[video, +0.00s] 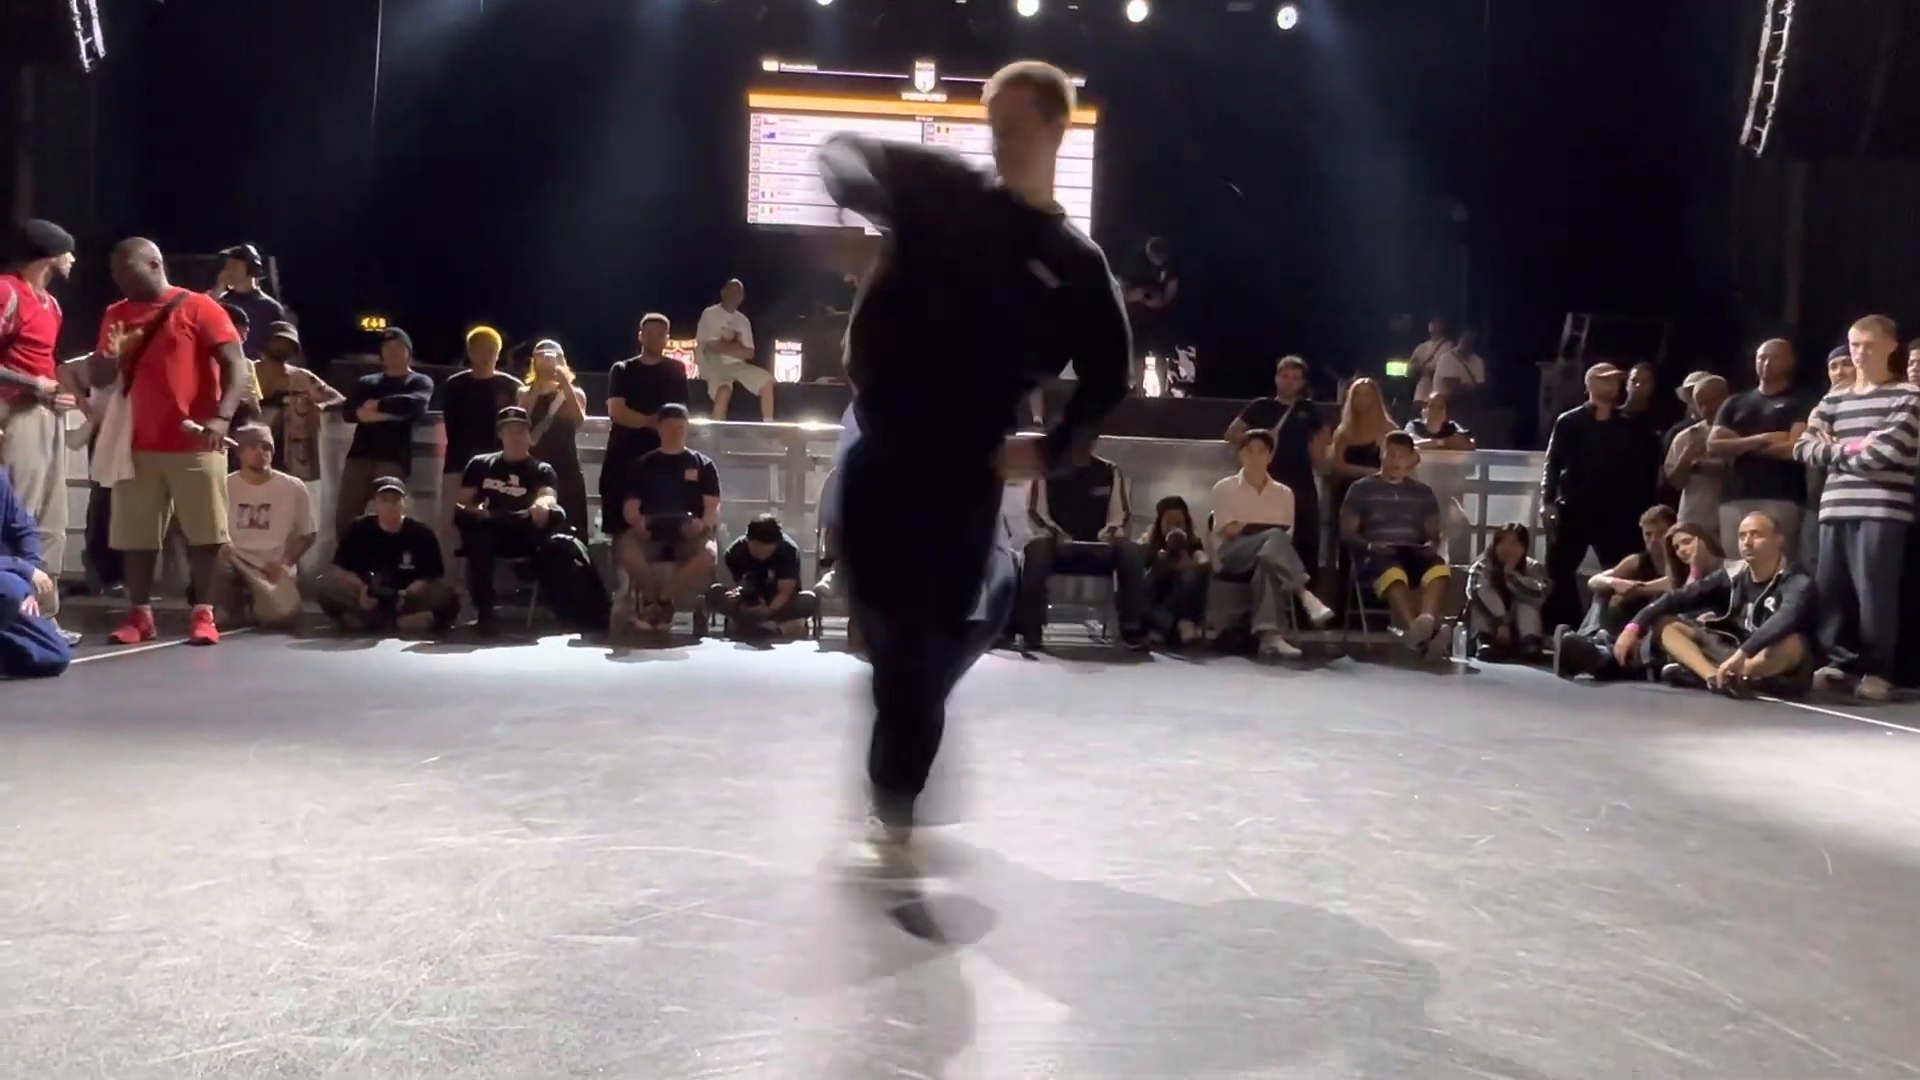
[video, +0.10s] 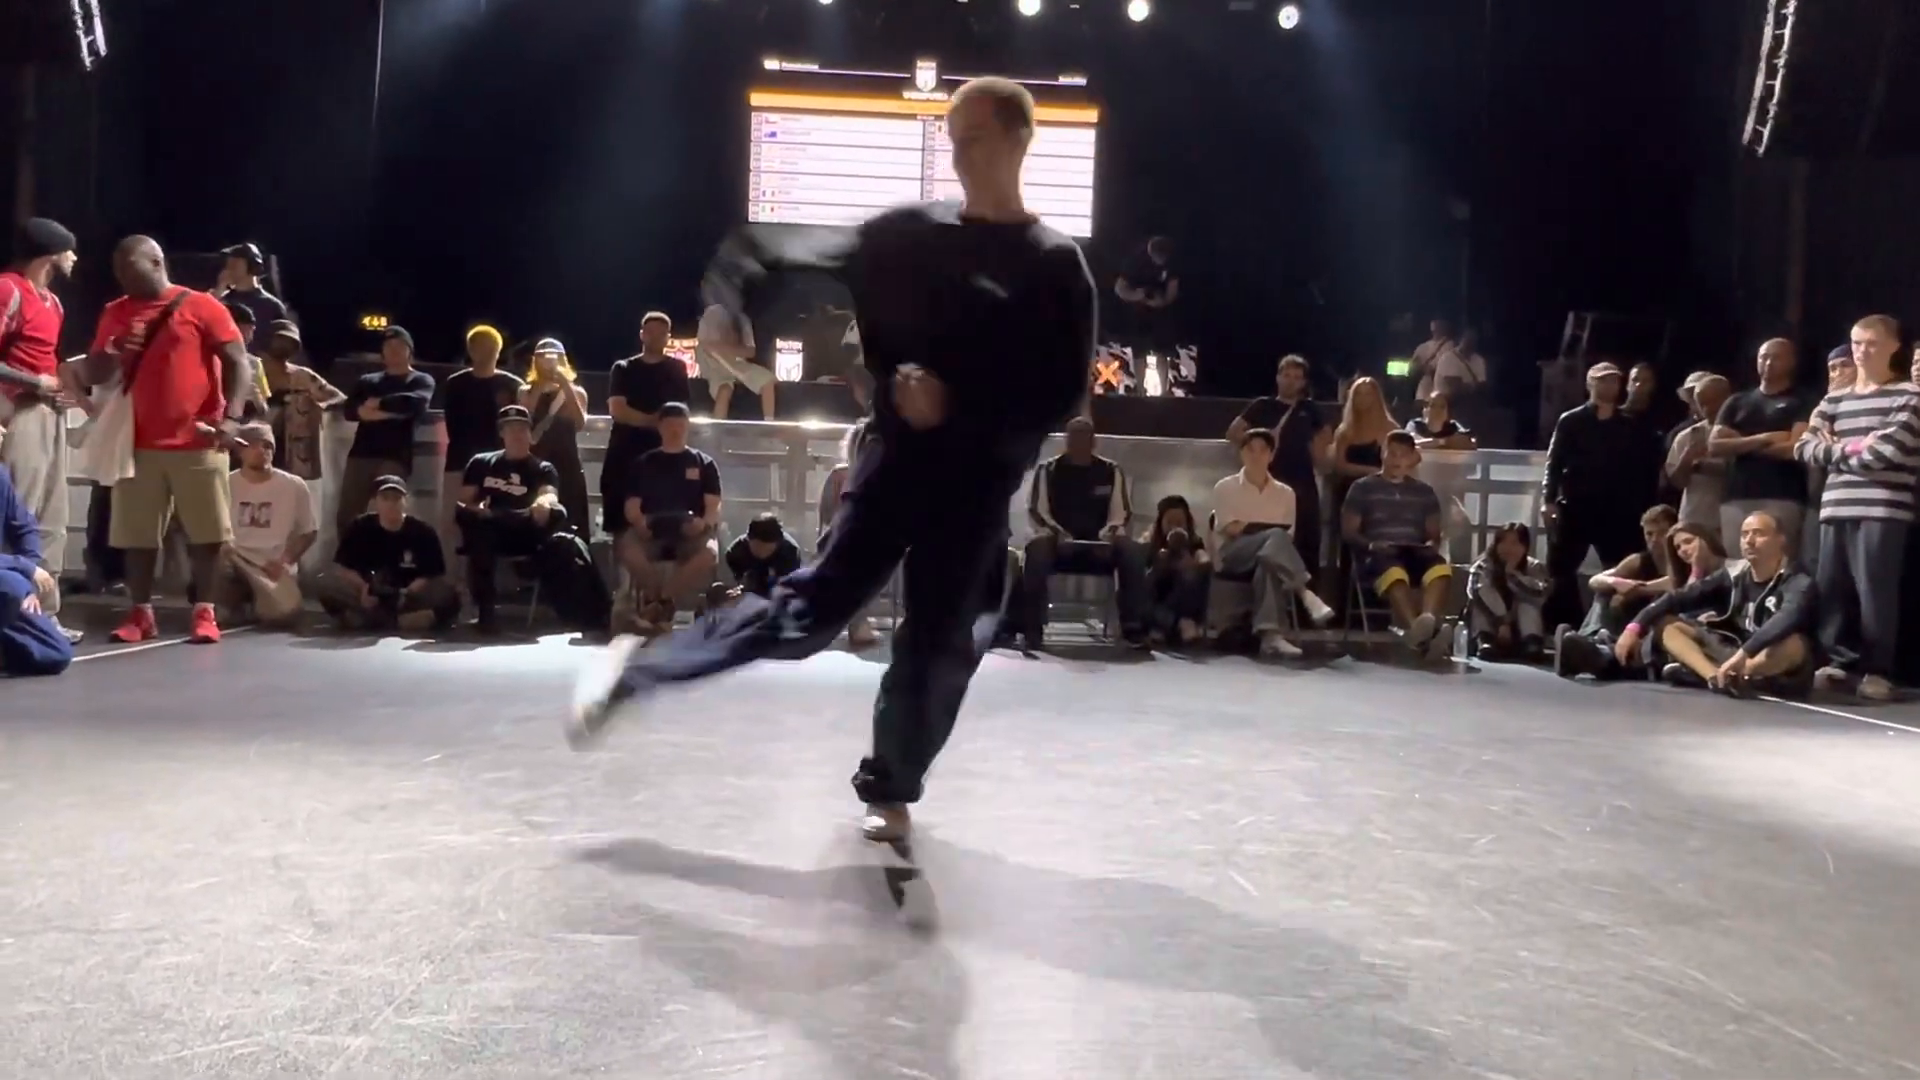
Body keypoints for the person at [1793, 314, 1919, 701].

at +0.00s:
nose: (1858, 353)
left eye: (1867, 346)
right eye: (1854, 346)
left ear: (1890, 349)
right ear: (1848, 349)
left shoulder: (1907, 398)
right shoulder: (1834, 399)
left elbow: (1883, 455)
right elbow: (1803, 446)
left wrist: (1834, 450)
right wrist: (1851, 449)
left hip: (1881, 511)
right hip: (1834, 511)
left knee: (1873, 591)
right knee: (1832, 588)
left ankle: (1876, 672)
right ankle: (1840, 664)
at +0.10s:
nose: (1862, 351)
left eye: (1872, 344)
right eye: (1857, 343)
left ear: (1893, 349)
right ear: (1850, 347)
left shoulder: (1909, 397)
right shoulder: (1835, 398)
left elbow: (1884, 454)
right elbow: (1804, 446)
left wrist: (1834, 449)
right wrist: (1852, 449)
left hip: (1882, 511)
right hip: (1835, 511)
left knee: (1875, 592)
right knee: (1832, 588)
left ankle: (1877, 671)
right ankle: (1840, 664)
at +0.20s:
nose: (1864, 351)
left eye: (1874, 344)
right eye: (1860, 343)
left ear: (1895, 349)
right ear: (1853, 347)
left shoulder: (1910, 396)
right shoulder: (1837, 398)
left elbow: (1886, 454)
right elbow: (1806, 446)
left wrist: (1835, 450)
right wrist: (1853, 449)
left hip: (1884, 511)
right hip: (1837, 510)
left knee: (1876, 593)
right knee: (1834, 589)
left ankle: (1881, 672)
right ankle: (1842, 663)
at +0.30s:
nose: (1864, 352)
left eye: (1874, 345)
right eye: (1860, 345)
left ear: (1896, 349)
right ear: (1854, 348)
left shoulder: (1911, 395)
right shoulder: (1839, 397)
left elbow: (1888, 452)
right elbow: (1807, 445)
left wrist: (1836, 449)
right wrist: (1856, 448)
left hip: (1885, 510)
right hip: (1838, 509)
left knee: (1877, 591)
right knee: (1835, 587)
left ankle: (1882, 671)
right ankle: (1843, 663)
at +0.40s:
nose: (1865, 354)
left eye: (1874, 347)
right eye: (1861, 347)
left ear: (1897, 348)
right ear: (1856, 349)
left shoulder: (1912, 395)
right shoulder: (1841, 397)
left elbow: (1890, 450)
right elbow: (1808, 445)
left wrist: (1838, 449)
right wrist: (1860, 446)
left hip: (1886, 509)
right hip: (1839, 508)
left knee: (1878, 591)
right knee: (1836, 588)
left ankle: (1883, 671)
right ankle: (1845, 663)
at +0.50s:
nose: (1867, 353)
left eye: (1876, 346)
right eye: (1863, 346)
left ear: (1900, 348)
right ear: (1858, 349)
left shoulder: (1913, 394)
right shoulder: (1842, 398)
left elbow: (1892, 449)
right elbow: (1810, 445)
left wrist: (1839, 449)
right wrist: (1861, 446)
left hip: (1887, 508)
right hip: (1840, 507)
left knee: (1880, 589)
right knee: (1838, 587)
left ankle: (1886, 671)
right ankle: (1846, 662)